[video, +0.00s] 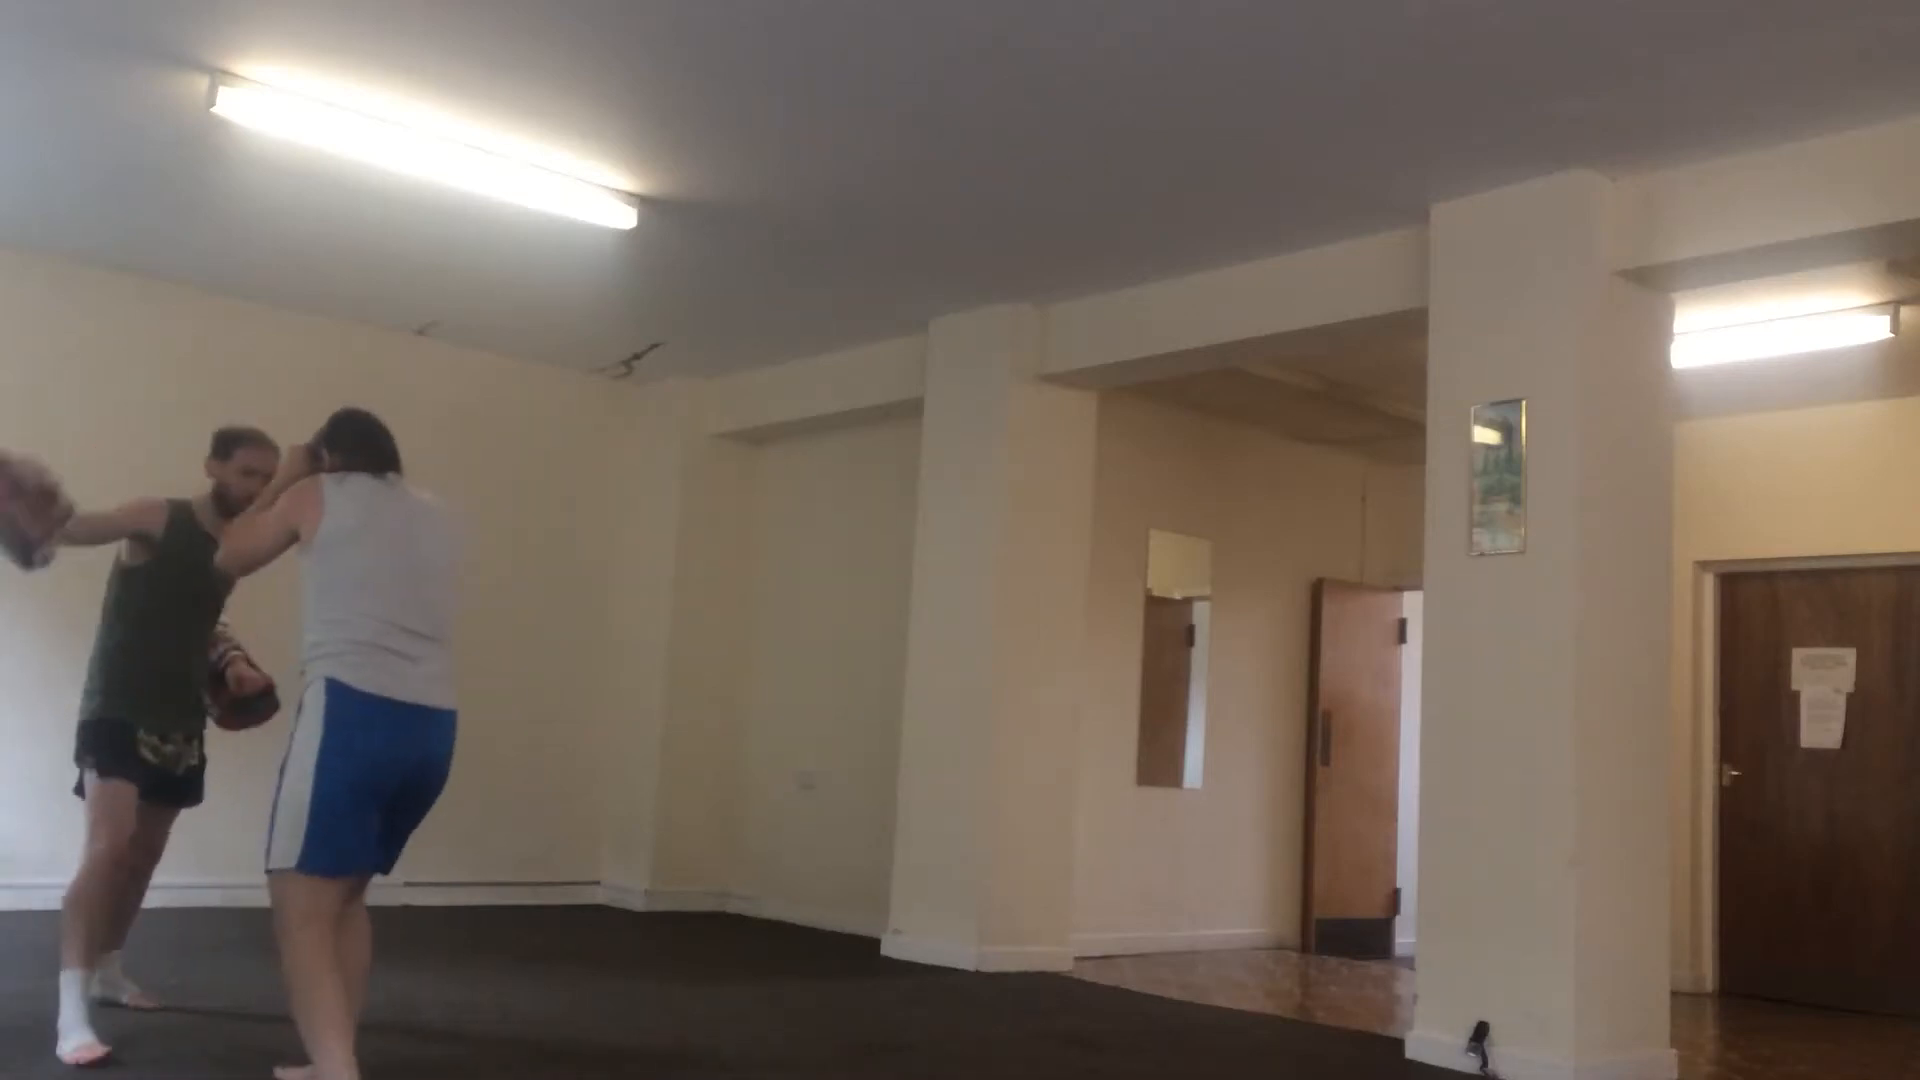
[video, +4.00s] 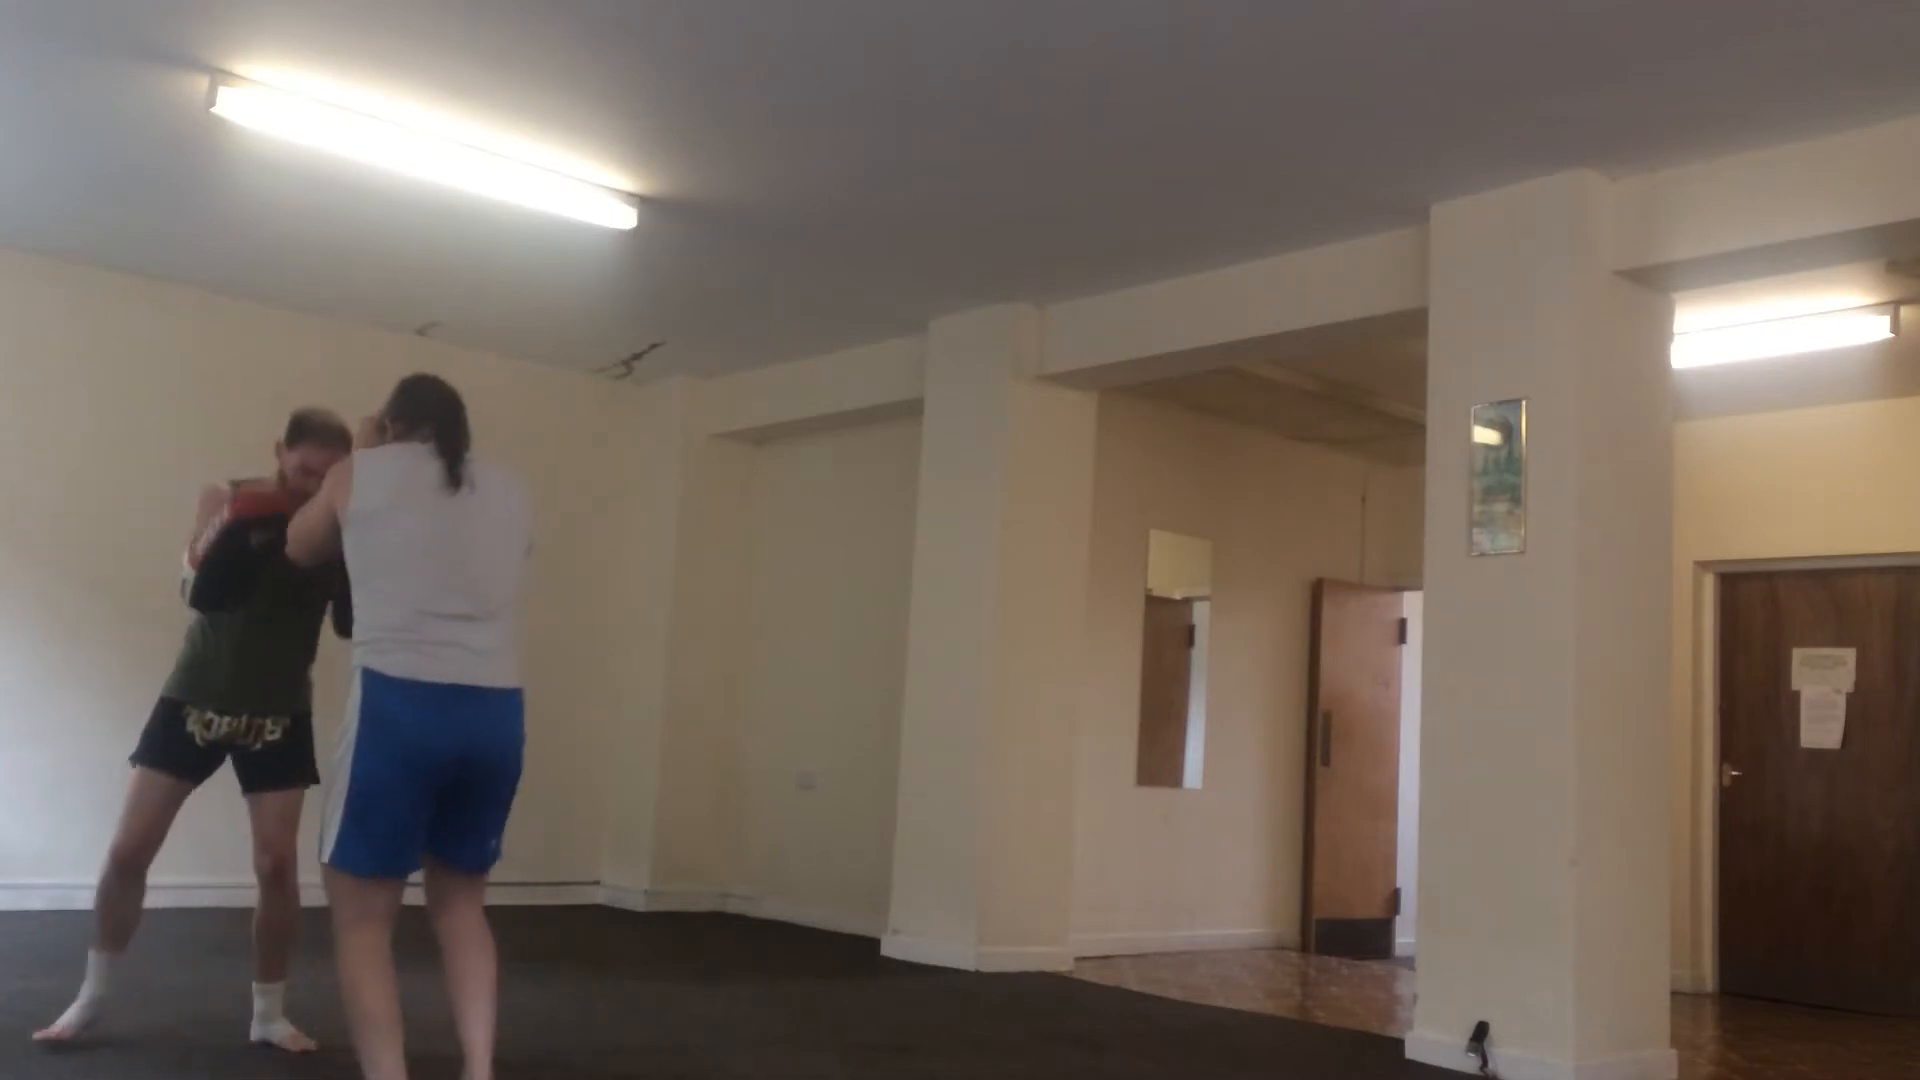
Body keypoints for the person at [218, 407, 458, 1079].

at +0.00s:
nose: (303, 465)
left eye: (311, 456)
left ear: (330, 458)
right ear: (391, 462)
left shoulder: (316, 497)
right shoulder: (441, 520)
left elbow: (230, 557)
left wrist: (282, 483)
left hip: (346, 721)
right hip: (427, 730)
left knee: (304, 911)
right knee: (348, 899)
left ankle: (334, 1066)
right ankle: (333, 1057)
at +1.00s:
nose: (379, 446)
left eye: (383, 437)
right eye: (382, 437)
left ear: (397, 443)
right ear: (460, 446)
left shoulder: (385, 488)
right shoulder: (510, 512)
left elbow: (290, 540)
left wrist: (345, 465)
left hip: (418, 727)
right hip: (500, 739)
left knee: (360, 931)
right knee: (417, 911)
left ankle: (411, 1069)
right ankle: (411, 1063)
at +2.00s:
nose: (363, 437)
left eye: (368, 430)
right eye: (368, 430)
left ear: (376, 437)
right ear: (446, 441)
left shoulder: (357, 479)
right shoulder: (487, 505)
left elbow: (250, 522)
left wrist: (312, 457)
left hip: (396, 715)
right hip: (481, 724)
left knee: (366, 931)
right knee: (398, 911)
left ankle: (416, 1072)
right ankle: (389, 1063)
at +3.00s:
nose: (279, 440)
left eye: (281, 429)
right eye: (285, 429)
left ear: (293, 434)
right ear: (354, 434)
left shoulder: (266, 493)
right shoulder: (391, 503)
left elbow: (161, 562)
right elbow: (443, 481)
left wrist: (148, 497)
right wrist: (376, 428)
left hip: (228, 703)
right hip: (315, 718)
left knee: (145, 836)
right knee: (275, 874)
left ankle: (111, 1000)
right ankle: (236, 1030)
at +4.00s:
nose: (374, 422)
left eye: (381, 415)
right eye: (382, 415)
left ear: (395, 421)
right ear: (458, 426)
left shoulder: (360, 473)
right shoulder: (510, 490)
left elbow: (301, 542)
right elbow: (503, 571)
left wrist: (358, 458)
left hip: (398, 719)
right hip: (494, 722)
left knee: (363, 911)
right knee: (460, 898)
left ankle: (386, 1070)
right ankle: (480, 1069)